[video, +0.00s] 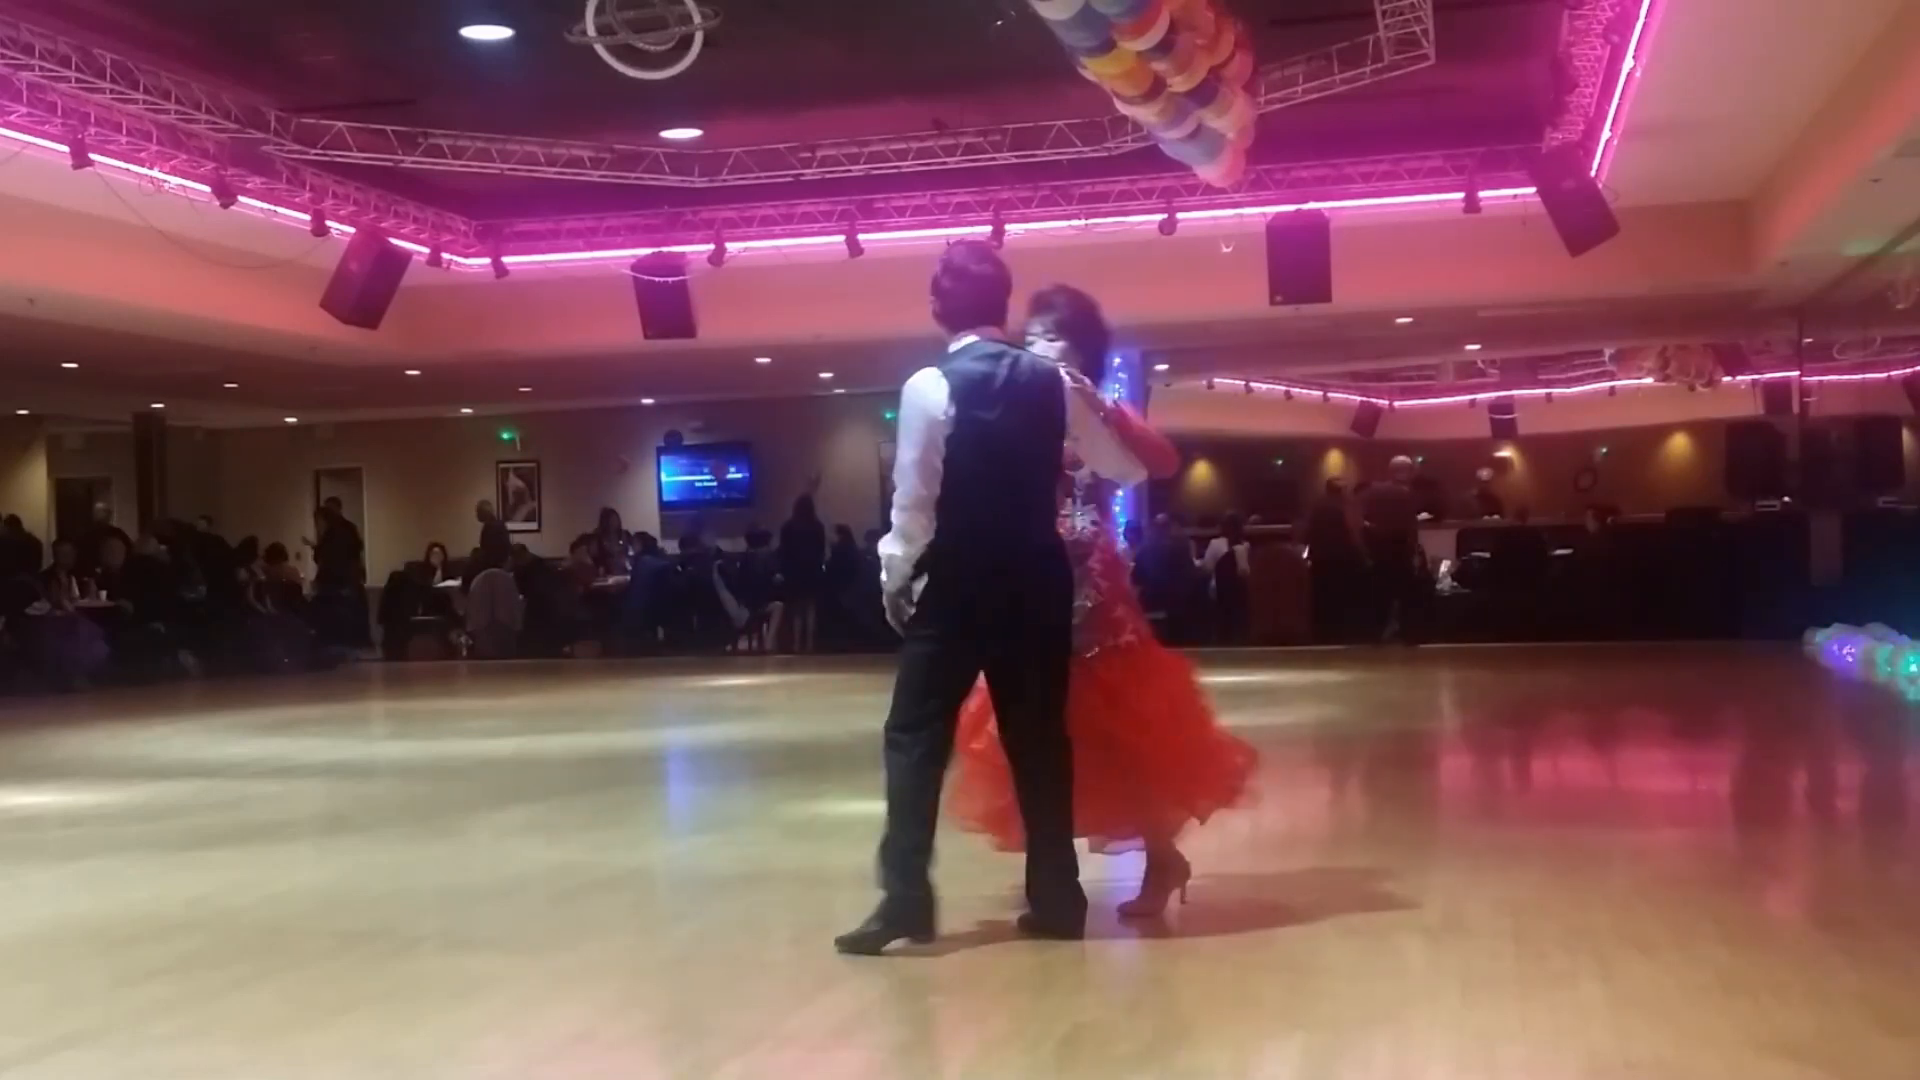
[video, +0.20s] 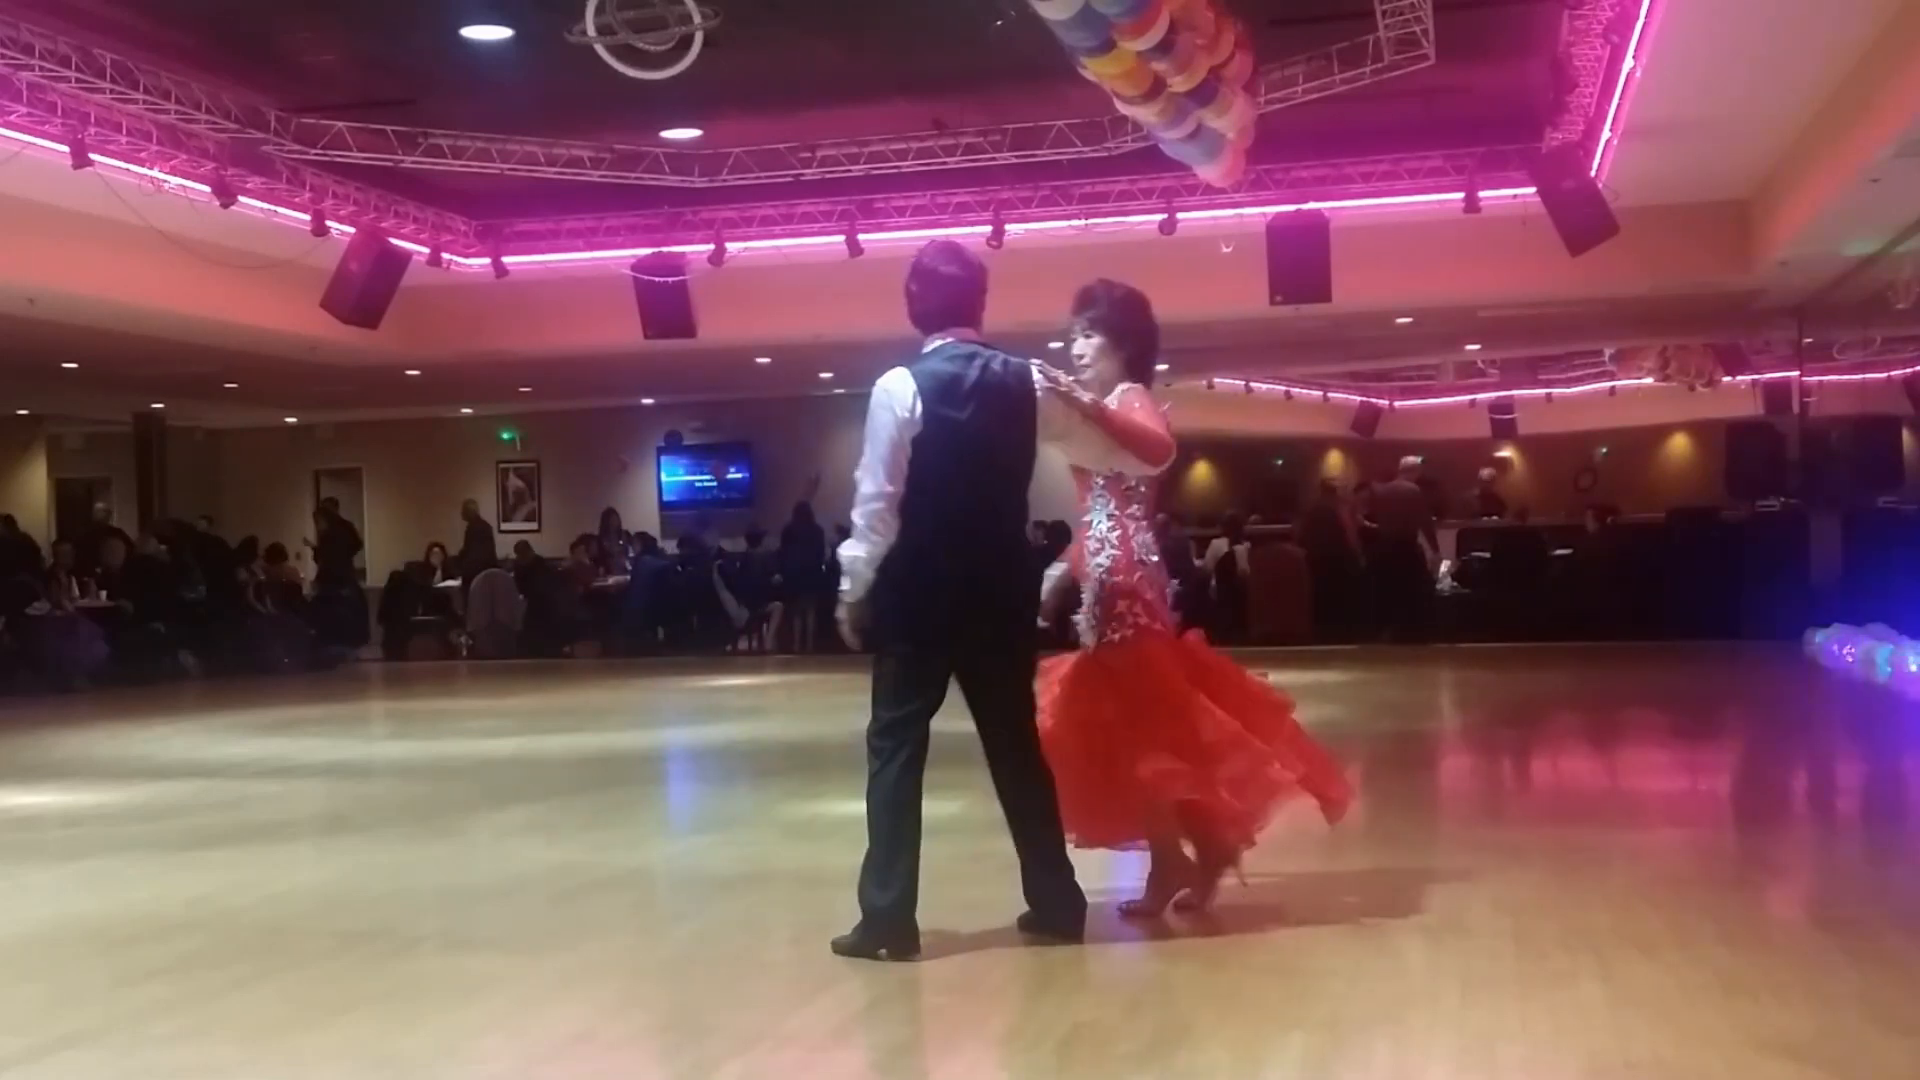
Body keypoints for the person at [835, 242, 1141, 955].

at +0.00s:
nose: (934, 317)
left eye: (935, 308)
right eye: (1013, 306)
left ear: (941, 313)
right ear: (1006, 309)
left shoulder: (929, 386)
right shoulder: (1056, 382)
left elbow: (916, 494)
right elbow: (1120, 465)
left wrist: (895, 577)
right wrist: (1073, 469)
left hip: (956, 583)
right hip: (1036, 582)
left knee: (913, 735)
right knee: (1039, 737)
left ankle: (905, 898)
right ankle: (1058, 902)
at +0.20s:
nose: (907, 312)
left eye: (908, 302)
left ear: (913, 307)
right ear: (981, 306)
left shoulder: (899, 387)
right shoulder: (1027, 382)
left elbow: (878, 502)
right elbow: (1063, 499)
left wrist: (853, 586)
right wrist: (1032, 539)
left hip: (918, 590)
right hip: (1002, 589)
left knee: (896, 749)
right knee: (1015, 745)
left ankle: (888, 919)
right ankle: (1057, 906)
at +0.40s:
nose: (901, 309)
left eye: (902, 299)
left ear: (905, 308)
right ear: (973, 304)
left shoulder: (886, 387)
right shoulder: (1023, 382)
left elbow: (846, 493)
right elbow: (1098, 447)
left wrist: (819, 580)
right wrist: (1162, 449)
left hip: (911, 586)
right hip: (994, 582)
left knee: (896, 741)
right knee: (1011, 735)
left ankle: (888, 918)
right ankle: (1061, 903)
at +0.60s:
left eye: (927, 303)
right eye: (998, 299)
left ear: (925, 309)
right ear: (997, 306)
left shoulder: (896, 394)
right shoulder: (1042, 385)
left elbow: (870, 526)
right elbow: (1137, 455)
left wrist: (928, 559)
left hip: (934, 581)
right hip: (1025, 579)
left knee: (907, 732)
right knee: (1039, 732)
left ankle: (892, 905)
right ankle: (1066, 900)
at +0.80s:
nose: (1013, 305)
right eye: (1011, 294)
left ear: (940, 303)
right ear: (1010, 301)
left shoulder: (901, 388)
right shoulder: (1053, 374)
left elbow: (911, 487)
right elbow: (1143, 444)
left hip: (935, 577)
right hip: (1019, 577)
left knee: (923, 729)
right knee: (1047, 726)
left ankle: (900, 900)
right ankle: (1061, 897)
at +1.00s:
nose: (1006, 308)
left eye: (1002, 296)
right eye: (1001, 296)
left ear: (926, 301)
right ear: (992, 300)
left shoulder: (891, 378)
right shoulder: (1011, 373)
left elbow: (884, 476)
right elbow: (1117, 426)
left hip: (913, 565)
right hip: (990, 568)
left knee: (920, 726)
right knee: (1032, 731)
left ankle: (886, 895)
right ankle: (1055, 902)